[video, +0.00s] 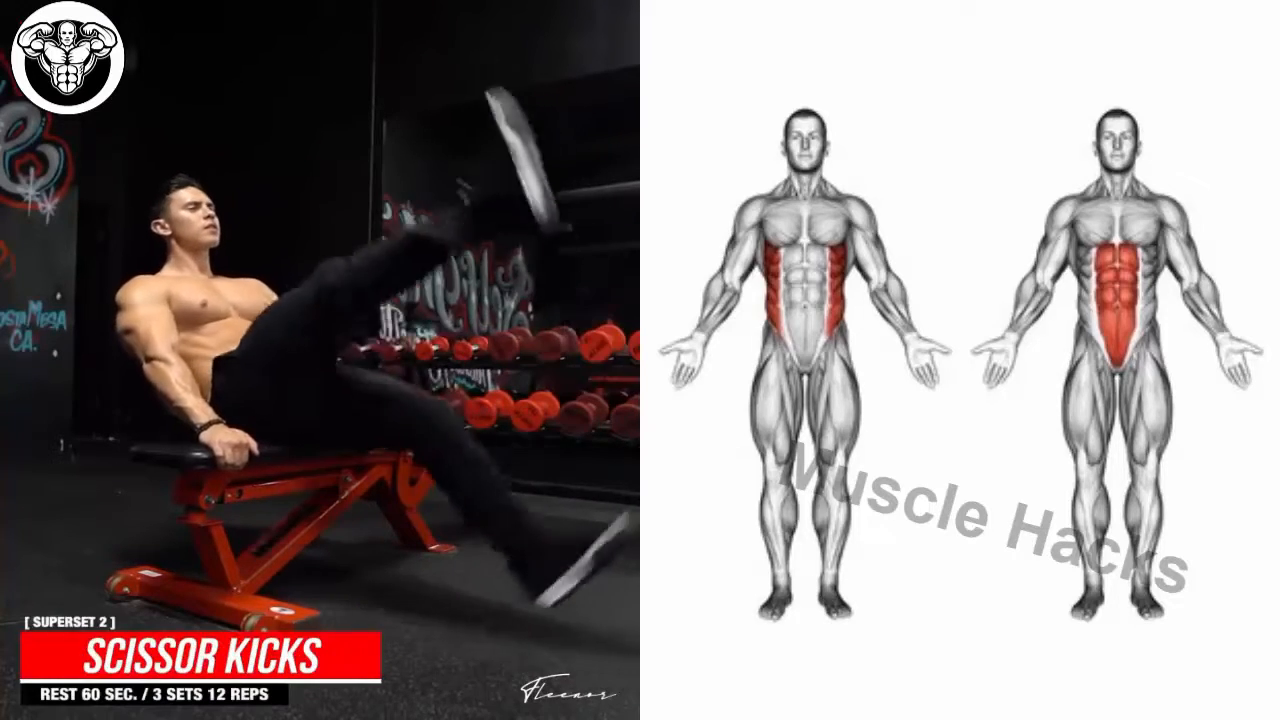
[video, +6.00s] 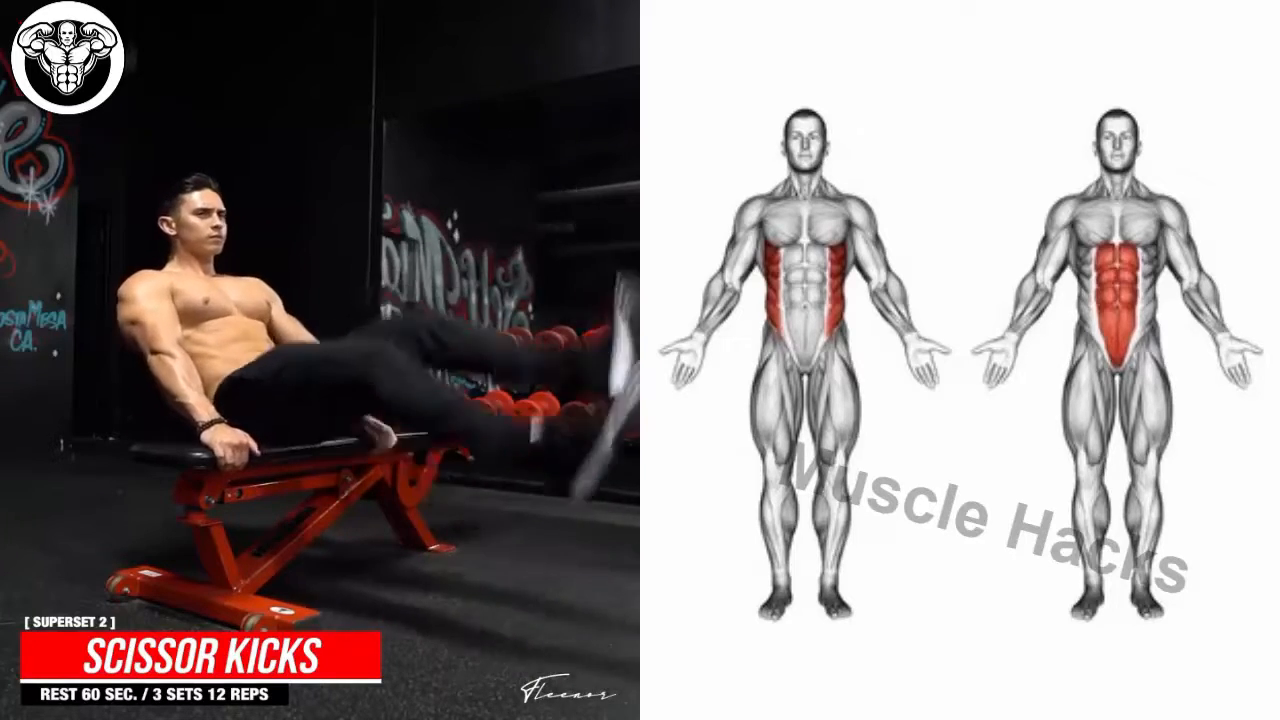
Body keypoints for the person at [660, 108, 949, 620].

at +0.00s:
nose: (804, 145)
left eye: (812, 138)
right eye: (797, 138)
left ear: (825, 146)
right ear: (785, 145)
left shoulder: (852, 211)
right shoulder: (758, 211)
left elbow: (881, 282)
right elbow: (729, 281)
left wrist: (910, 336)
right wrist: (700, 336)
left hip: (832, 355)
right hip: (777, 355)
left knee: (834, 467)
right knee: (777, 469)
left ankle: (830, 584)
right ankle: (780, 585)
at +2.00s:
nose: (804, 146)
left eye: (812, 138)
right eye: (797, 138)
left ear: (825, 145)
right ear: (785, 145)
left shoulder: (851, 211)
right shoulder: (758, 211)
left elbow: (881, 281)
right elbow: (729, 281)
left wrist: (909, 336)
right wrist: (700, 336)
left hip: (832, 356)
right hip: (777, 355)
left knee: (834, 467)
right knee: (776, 469)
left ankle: (830, 584)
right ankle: (780, 585)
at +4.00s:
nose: (804, 145)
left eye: (812, 138)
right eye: (797, 138)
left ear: (825, 145)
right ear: (785, 146)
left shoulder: (851, 211)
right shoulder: (758, 211)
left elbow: (881, 281)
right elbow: (729, 281)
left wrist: (909, 336)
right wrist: (700, 336)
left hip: (832, 355)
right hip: (778, 355)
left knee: (834, 467)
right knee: (776, 469)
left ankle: (829, 584)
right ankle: (780, 585)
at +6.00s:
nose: (805, 145)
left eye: (812, 138)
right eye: (797, 138)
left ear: (825, 145)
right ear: (785, 145)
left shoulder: (851, 211)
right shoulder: (758, 211)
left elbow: (881, 281)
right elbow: (729, 281)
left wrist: (909, 336)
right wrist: (700, 336)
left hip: (832, 356)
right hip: (777, 355)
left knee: (834, 467)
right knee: (777, 469)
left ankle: (829, 584)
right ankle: (780, 585)